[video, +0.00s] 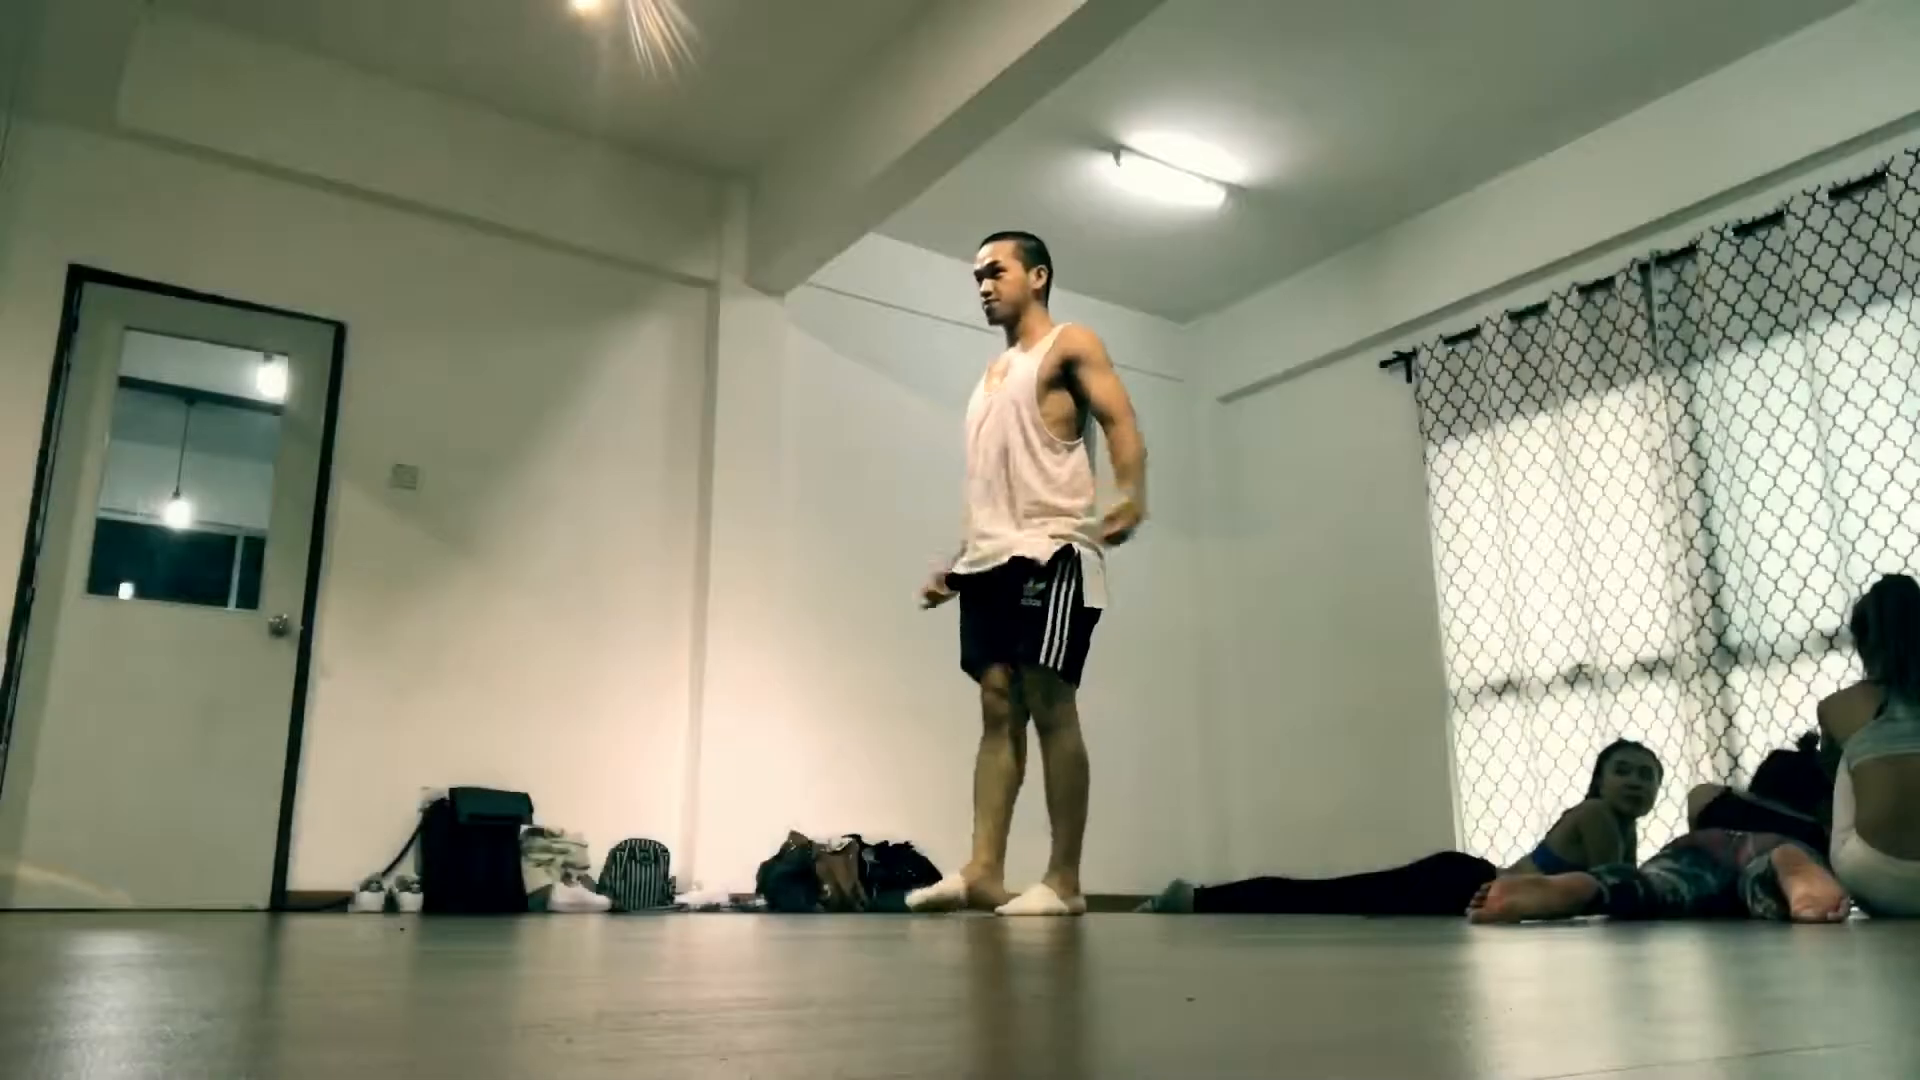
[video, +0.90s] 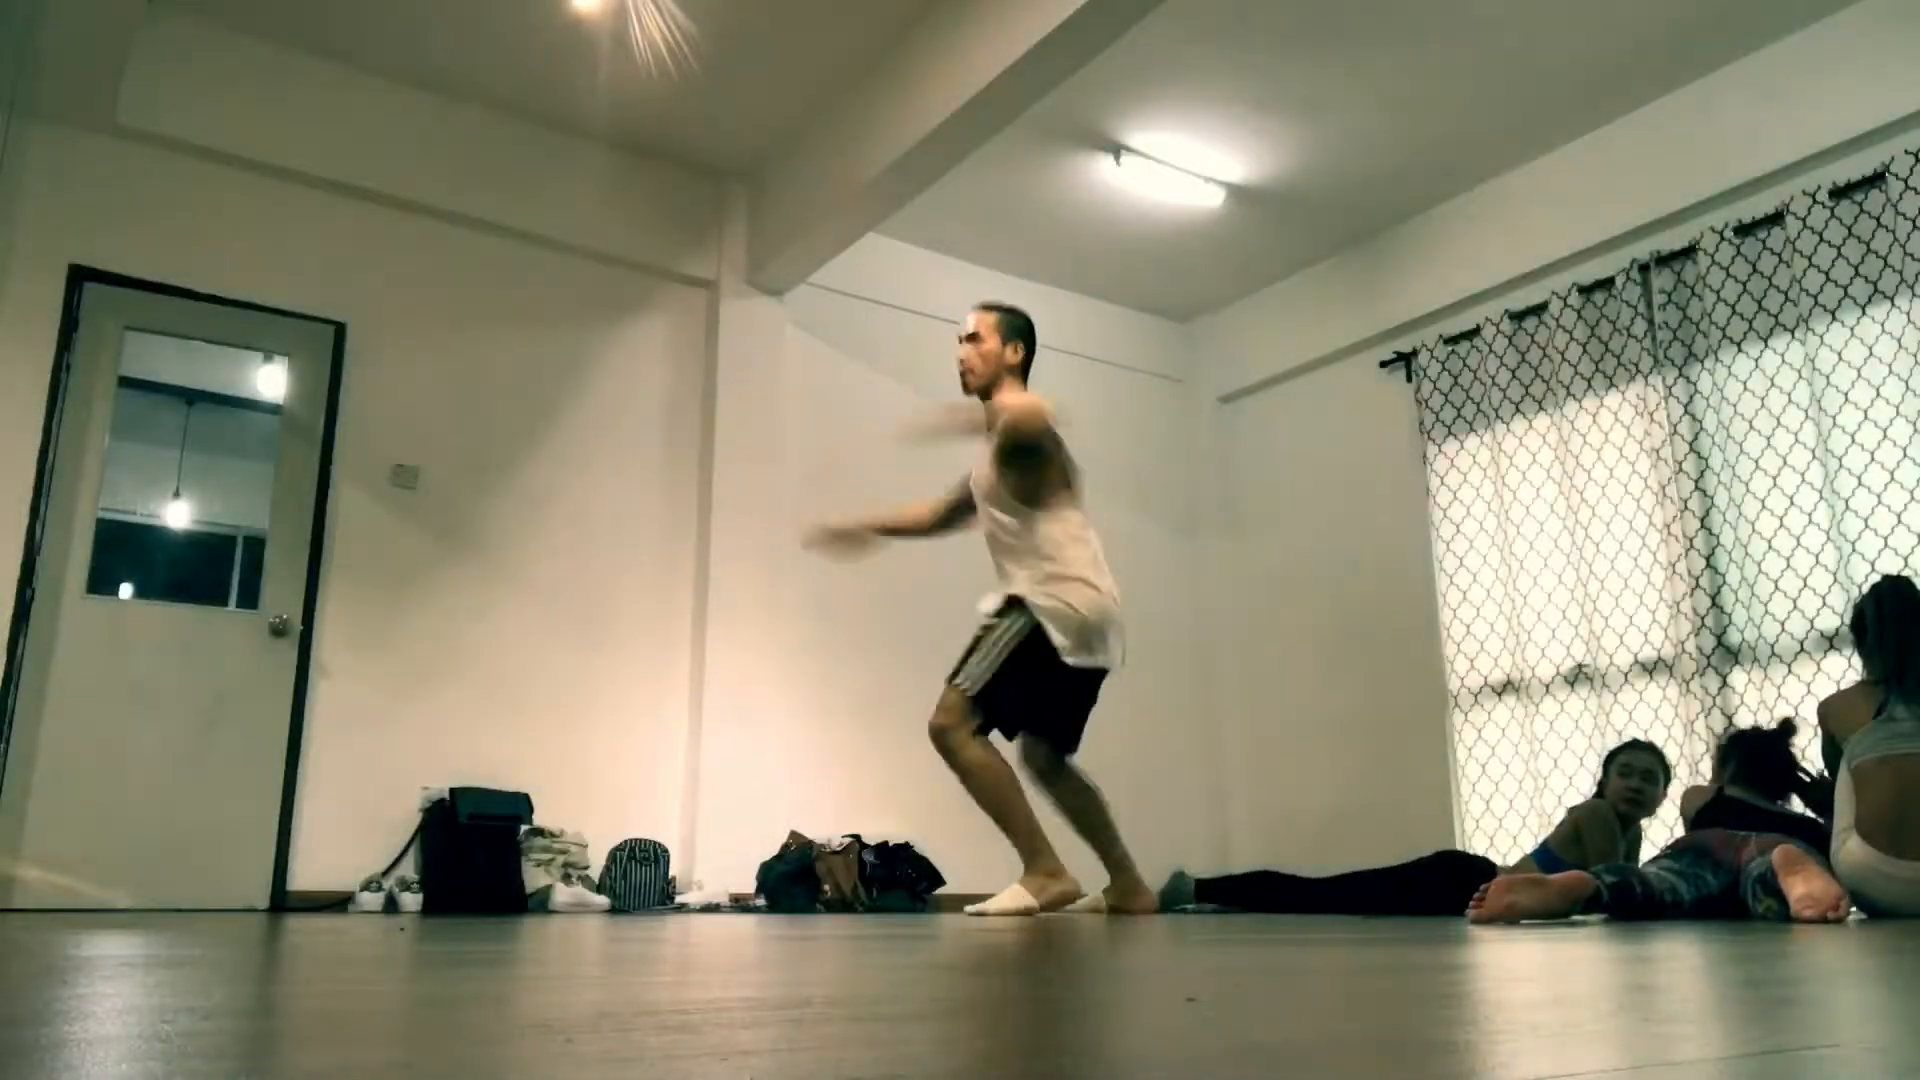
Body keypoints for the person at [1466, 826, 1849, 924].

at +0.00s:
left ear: (1758, 787)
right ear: (1817, 796)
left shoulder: (1719, 803)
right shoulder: (1816, 826)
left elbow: (1702, 795)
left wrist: (1698, 844)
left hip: (1715, 837)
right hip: (1787, 844)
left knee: (1654, 879)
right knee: (1779, 873)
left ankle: (1564, 887)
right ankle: (1800, 874)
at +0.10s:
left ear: (1764, 786)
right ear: (1815, 795)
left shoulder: (1725, 802)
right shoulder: (1814, 827)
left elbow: (1704, 794)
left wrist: (1696, 841)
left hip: (1714, 838)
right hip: (1786, 844)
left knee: (1652, 880)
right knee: (1778, 874)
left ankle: (1560, 888)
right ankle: (1800, 876)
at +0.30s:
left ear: (1771, 790)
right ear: (1819, 799)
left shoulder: (1734, 804)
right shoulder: (1818, 827)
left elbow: (1707, 791)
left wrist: (1698, 843)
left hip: (1717, 837)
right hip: (1786, 844)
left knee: (1658, 879)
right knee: (1775, 877)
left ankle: (1562, 887)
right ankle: (1797, 872)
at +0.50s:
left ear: (1759, 786)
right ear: (1817, 796)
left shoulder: (1725, 801)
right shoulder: (1820, 829)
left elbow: (1707, 794)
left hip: (1716, 839)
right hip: (1785, 845)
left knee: (1657, 878)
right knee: (1775, 875)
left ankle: (1569, 885)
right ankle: (1796, 870)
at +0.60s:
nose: (1737, 777)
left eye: (1745, 770)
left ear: (1751, 776)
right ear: (1813, 791)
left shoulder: (1714, 796)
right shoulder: (1820, 827)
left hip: (1713, 842)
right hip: (1784, 847)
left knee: (1663, 877)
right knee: (1777, 876)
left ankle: (1577, 885)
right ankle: (1798, 872)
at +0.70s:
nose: (1730, 773)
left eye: (1735, 764)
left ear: (1746, 768)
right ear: (1807, 782)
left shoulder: (1711, 795)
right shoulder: (1816, 821)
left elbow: (1706, 839)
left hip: (1713, 843)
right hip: (1786, 843)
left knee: (1657, 879)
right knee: (1779, 873)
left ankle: (1576, 884)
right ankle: (1801, 877)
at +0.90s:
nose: (1710, 775)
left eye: (1715, 767)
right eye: (1714, 766)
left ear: (1727, 770)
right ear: (1783, 776)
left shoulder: (1699, 796)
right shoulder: (1803, 822)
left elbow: (1703, 837)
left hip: (1714, 840)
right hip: (1788, 840)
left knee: (1660, 877)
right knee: (1776, 873)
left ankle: (1582, 885)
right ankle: (1801, 874)